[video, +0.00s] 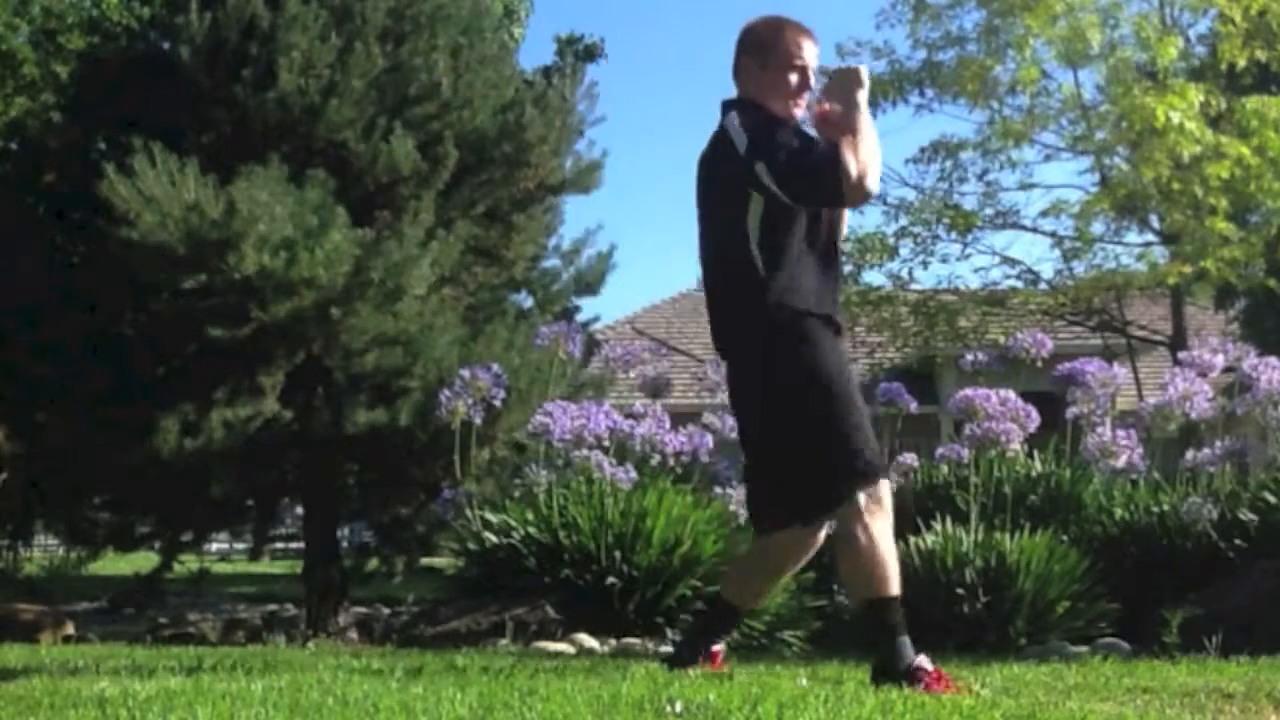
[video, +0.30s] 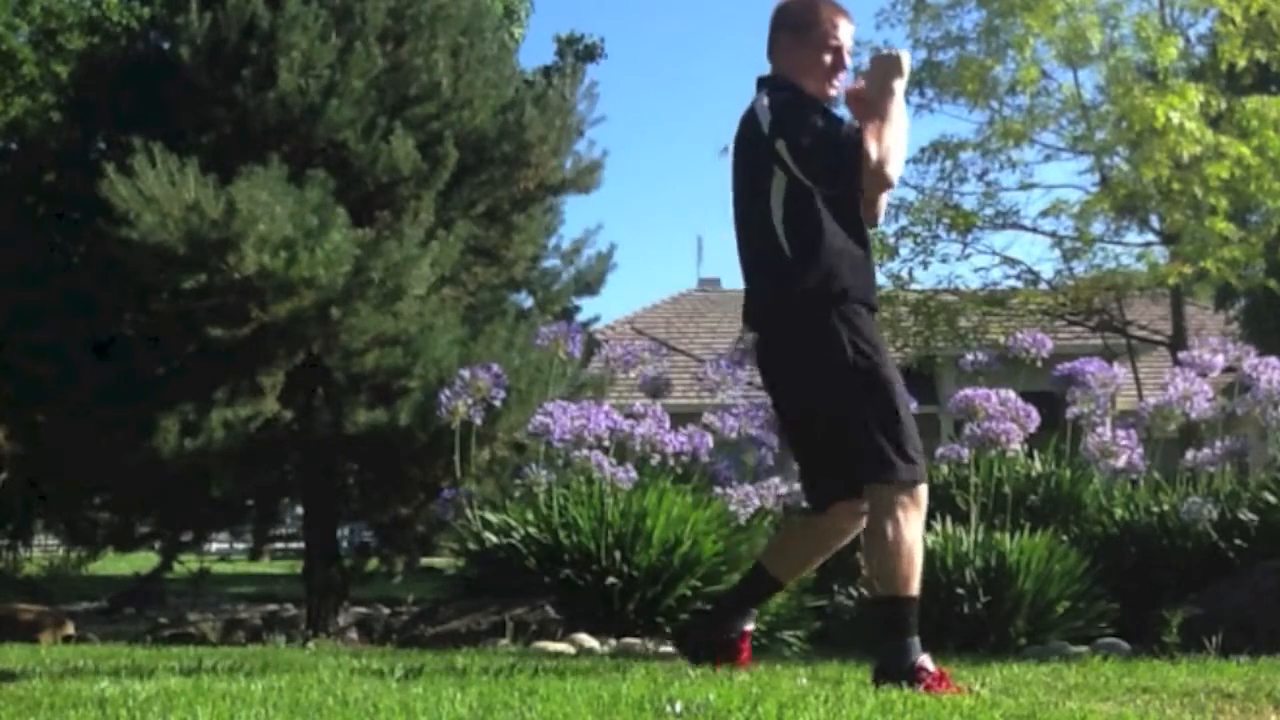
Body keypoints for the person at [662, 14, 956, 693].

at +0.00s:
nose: (807, 83)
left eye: (810, 72)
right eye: (795, 69)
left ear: (807, 76)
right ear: (749, 68)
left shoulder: (746, 139)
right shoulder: (758, 133)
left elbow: (827, 228)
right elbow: (860, 179)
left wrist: (836, 135)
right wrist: (860, 108)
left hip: (772, 344)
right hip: (796, 337)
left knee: (802, 520)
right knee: (868, 493)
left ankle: (698, 645)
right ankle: (899, 662)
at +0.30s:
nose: (841, 62)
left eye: (845, 51)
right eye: (828, 47)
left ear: (843, 56)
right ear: (784, 47)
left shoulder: (778, 117)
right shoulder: (791, 113)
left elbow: (862, 207)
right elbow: (876, 173)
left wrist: (873, 117)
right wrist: (889, 98)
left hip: (790, 326)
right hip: (830, 320)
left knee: (844, 502)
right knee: (902, 483)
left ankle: (723, 623)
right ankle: (901, 662)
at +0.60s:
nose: (796, 94)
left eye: (801, 84)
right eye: (785, 79)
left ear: (791, 93)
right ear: (743, 73)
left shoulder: (757, 152)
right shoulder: (721, 143)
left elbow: (824, 244)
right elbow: (795, 202)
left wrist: (830, 147)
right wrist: (826, 127)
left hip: (779, 352)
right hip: (773, 349)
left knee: (825, 520)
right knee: (861, 493)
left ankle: (708, 637)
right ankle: (899, 660)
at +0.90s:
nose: (704, 69)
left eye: (709, 59)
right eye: (691, 55)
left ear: (712, 69)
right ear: (651, 55)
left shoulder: (709, 143)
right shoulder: (611, 123)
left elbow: (760, 230)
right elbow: (633, 194)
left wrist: (757, 151)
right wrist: (705, 132)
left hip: (712, 329)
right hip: (644, 324)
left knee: (720, 489)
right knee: (709, 457)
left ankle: (690, 628)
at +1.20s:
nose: (588, 100)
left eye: (596, 90)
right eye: (576, 85)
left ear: (602, 98)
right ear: (536, 82)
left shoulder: (605, 173)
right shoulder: (499, 154)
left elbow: (648, 259)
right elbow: (523, 222)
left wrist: (646, 190)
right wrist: (592, 156)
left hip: (605, 363)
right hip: (517, 361)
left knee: (652, 504)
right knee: (473, 507)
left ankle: (678, 644)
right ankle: (409, 622)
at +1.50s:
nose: (532, 87)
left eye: (542, 77)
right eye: (522, 72)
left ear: (548, 83)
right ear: (480, 66)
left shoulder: (551, 149)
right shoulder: (428, 131)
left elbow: (593, 236)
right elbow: (436, 207)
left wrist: (583, 166)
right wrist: (512, 152)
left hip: (536, 337)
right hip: (446, 338)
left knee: (583, 468)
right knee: (422, 495)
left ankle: (578, 628)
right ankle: (387, 631)